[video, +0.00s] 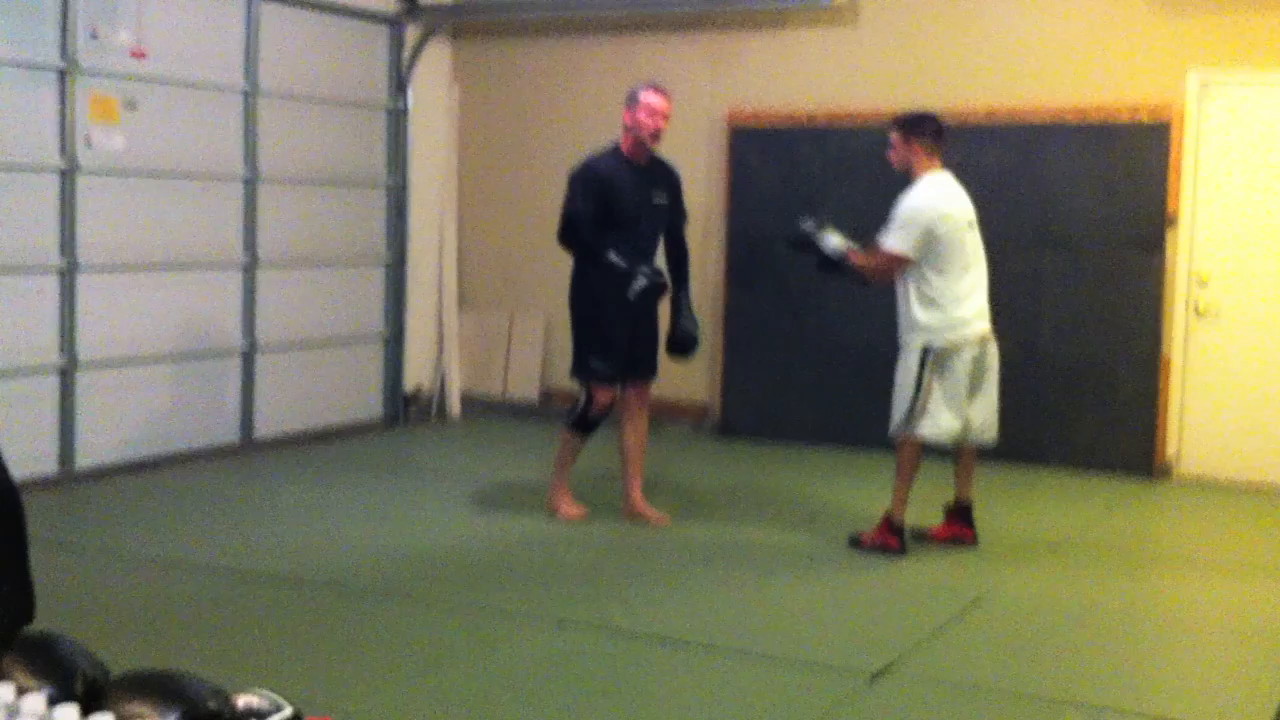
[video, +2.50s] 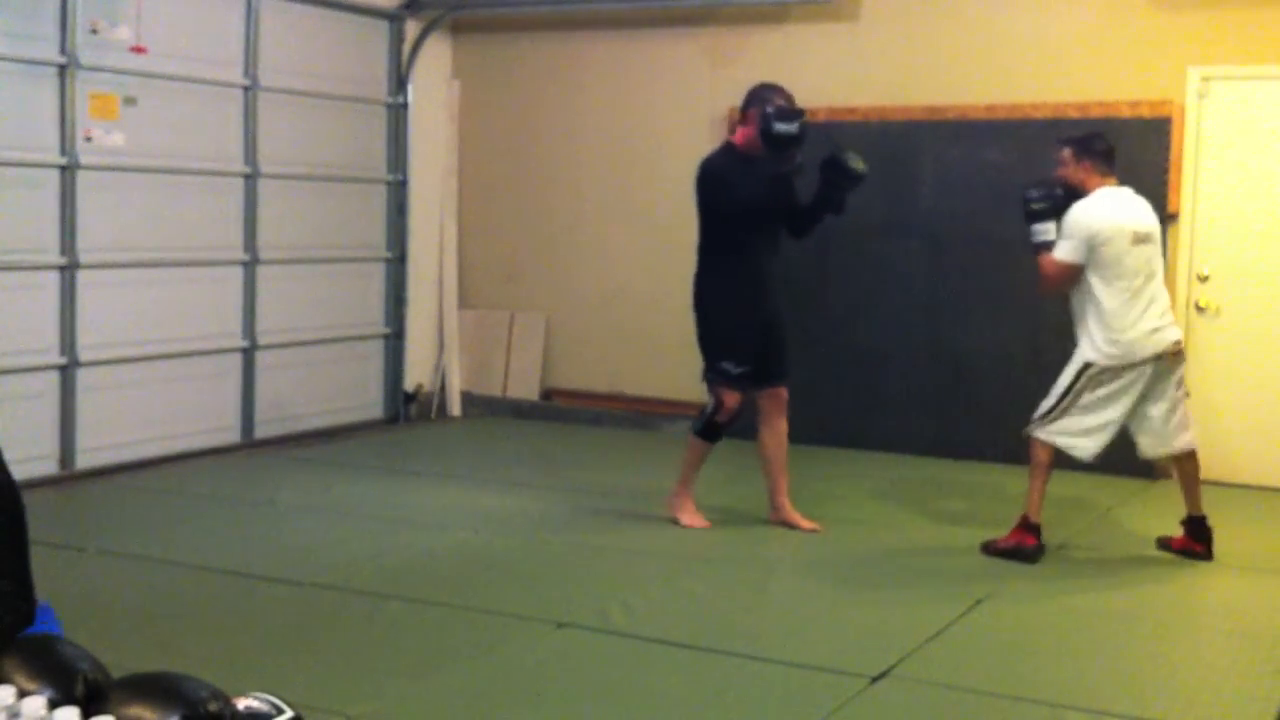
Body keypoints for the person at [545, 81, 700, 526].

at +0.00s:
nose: (658, 124)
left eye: (664, 117)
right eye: (651, 114)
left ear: (667, 122)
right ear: (628, 114)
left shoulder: (665, 178)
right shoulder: (593, 172)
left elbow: (676, 247)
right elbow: (571, 235)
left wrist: (682, 310)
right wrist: (624, 266)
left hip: (640, 300)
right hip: (597, 299)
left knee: (637, 394)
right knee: (601, 396)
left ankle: (634, 497)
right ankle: (560, 486)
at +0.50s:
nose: (629, 118)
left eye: (632, 109)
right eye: (620, 109)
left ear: (633, 113)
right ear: (592, 113)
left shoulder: (638, 169)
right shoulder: (566, 170)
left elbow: (659, 226)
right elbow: (552, 236)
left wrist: (691, 266)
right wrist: (617, 228)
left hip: (626, 296)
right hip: (580, 298)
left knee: (638, 392)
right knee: (584, 394)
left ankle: (637, 496)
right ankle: (561, 496)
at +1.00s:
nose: (630, 119)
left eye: (633, 110)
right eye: (620, 111)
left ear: (638, 114)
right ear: (596, 117)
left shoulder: (649, 168)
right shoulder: (570, 171)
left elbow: (673, 226)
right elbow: (544, 234)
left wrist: (676, 210)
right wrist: (602, 214)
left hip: (633, 296)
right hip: (585, 299)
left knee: (655, 391)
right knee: (585, 395)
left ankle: (650, 491)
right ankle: (562, 493)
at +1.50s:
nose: (686, 116)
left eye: (688, 108)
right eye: (678, 108)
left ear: (689, 113)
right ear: (651, 114)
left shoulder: (701, 169)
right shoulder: (629, 170)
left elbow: (734, 224)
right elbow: (632, 223)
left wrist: (764, 214)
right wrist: (671, 169)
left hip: (683, 296)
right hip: (638, 297)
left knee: (683, 397)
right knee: (638, 395)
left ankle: (690, 495)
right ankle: (597, 483)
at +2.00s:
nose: (715, 129)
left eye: (719, 121)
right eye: (707, 120)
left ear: (718, 123)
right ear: (680, 118)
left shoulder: (710, 168)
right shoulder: (654, 171)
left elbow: (730, 222)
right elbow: (673, 222)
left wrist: (768, 195)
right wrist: (706, 162)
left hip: (706, 298)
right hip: (661, 300)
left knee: (738, 392)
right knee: (656, 399)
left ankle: (771, 496)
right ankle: (621, 494)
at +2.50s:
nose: (777, 139)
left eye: (783, 130)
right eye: (771, 129)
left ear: (783, 127)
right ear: (749, 120)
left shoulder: (771, 168)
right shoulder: (717, 169)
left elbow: (797, 226)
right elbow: (744, 220)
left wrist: (832, 189)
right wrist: (777, 162)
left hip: (760, 291)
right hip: (720, 293)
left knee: (775, 396)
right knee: (728, 399)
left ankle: (780, 505)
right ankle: (681, 496)